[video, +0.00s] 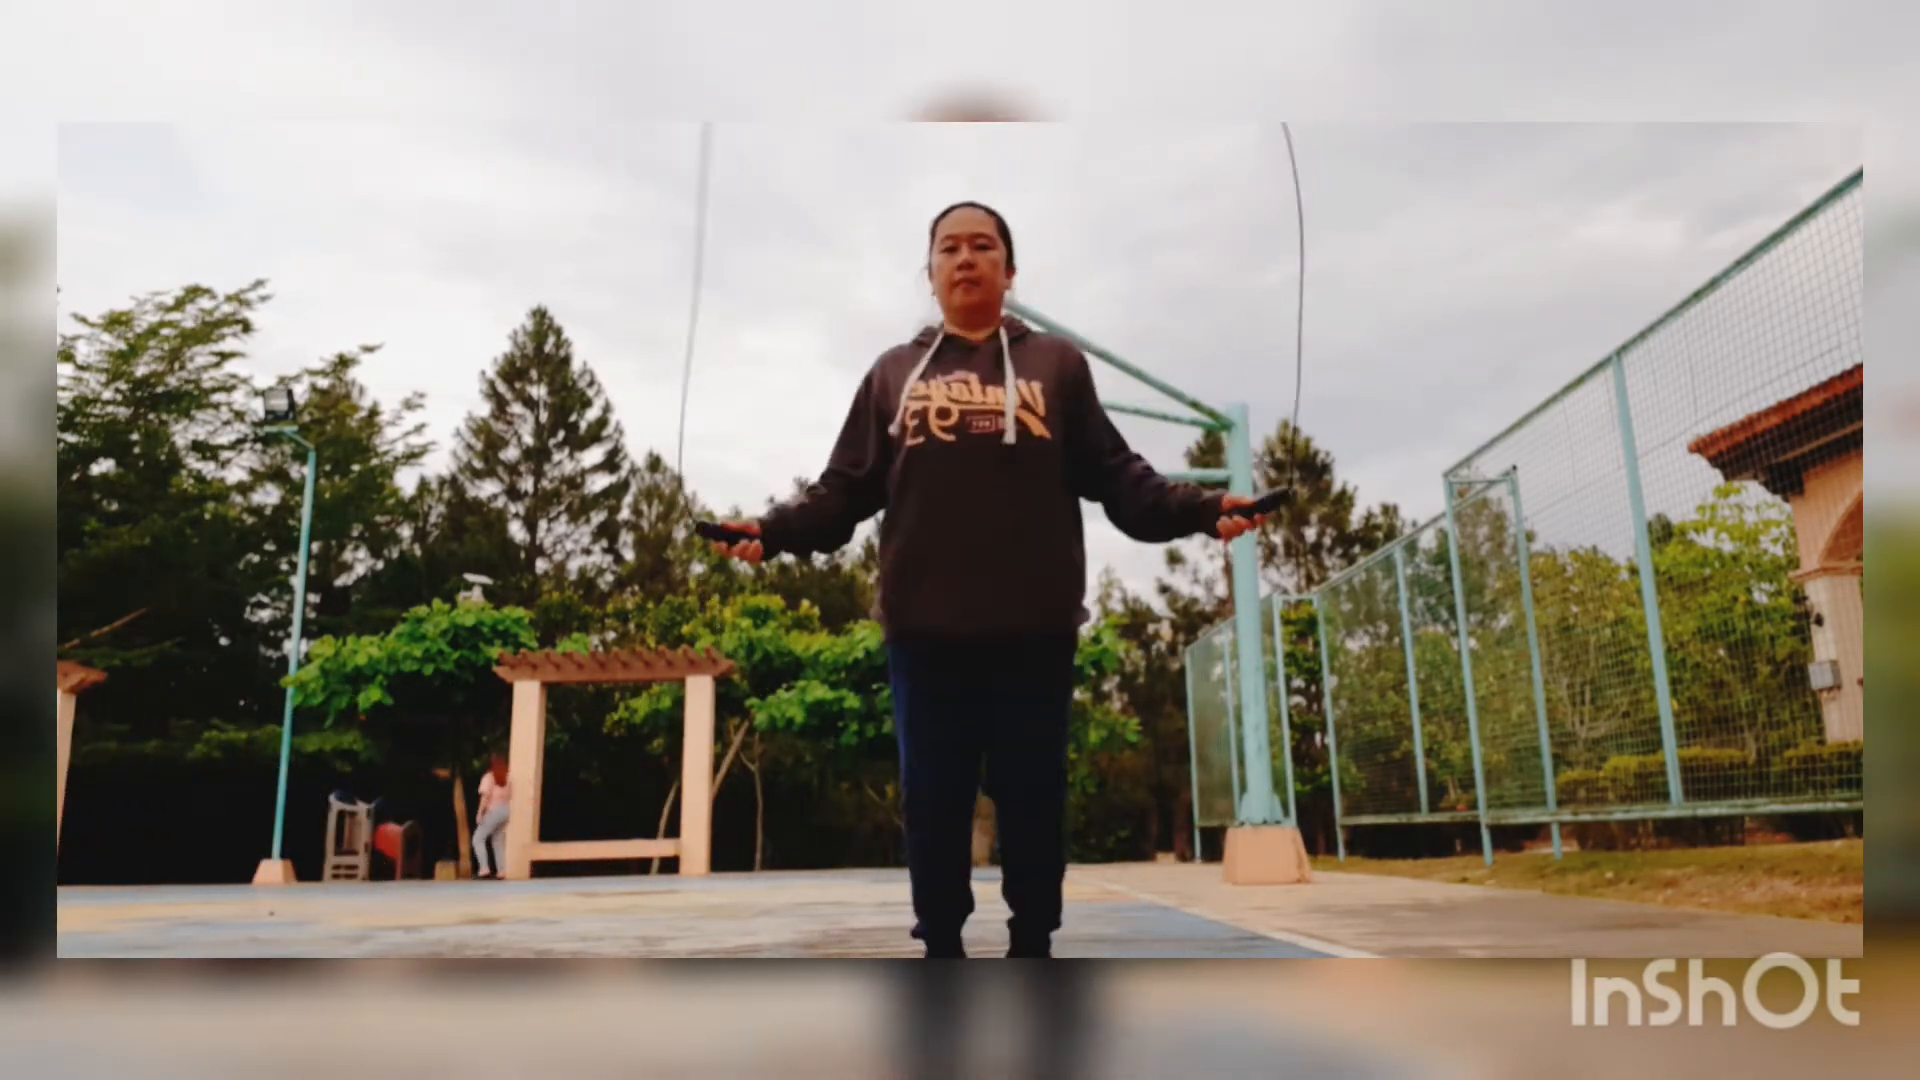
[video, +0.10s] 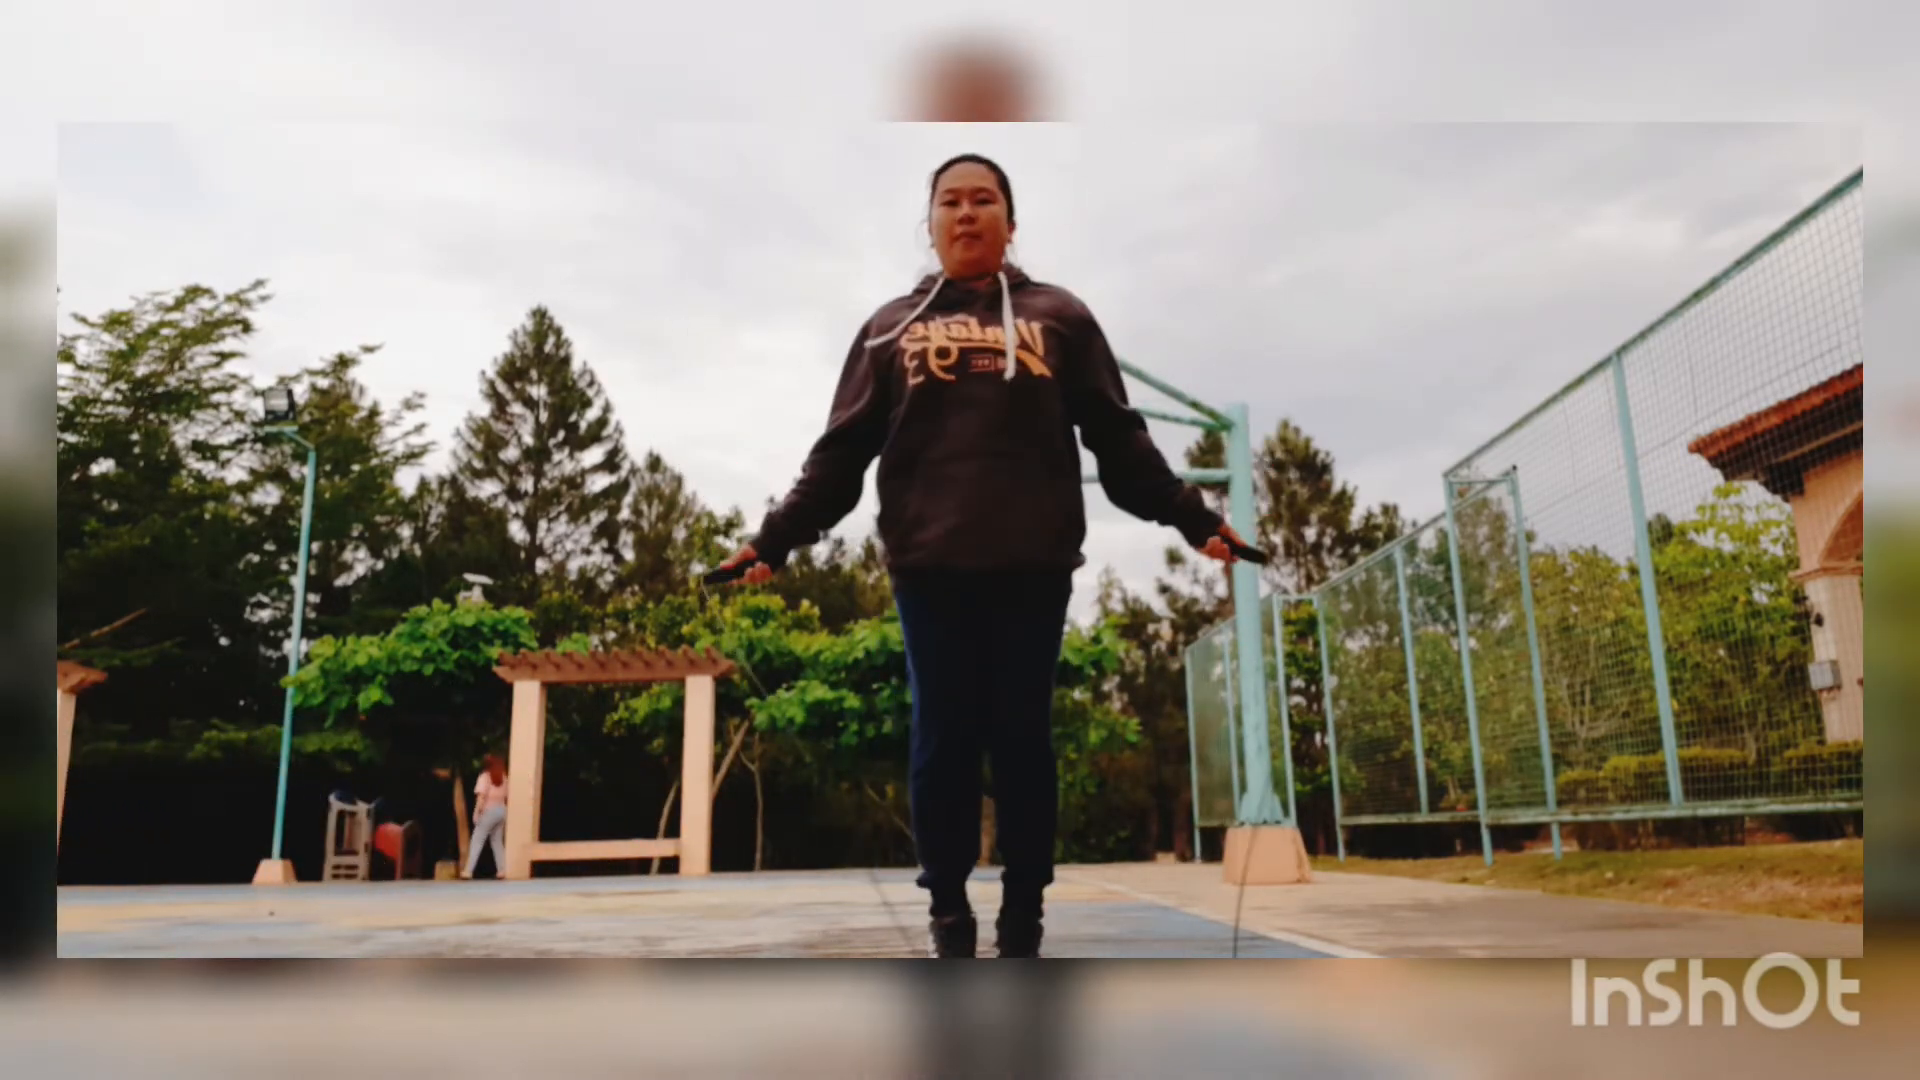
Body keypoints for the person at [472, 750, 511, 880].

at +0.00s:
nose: (495, 766)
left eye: (494, 763)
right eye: (497, 764)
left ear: (492, 764)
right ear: (504, 764)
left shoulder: (488, 777)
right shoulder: (508, 777)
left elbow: (485, 797)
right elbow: (510, 795)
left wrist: (479, 813)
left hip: (493, 810)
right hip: (506, 809)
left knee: (478, 837)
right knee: (498, 839)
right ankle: (501, 869)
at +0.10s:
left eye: (485, 763)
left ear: (487, 764)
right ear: (499, 764)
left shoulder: (484, 777)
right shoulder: (504, 777)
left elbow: (481, 796)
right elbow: (507, 795)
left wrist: (476, 811)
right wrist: (506, 809)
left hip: (488, 808)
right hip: (501, 808)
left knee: (478, 838)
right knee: (497, 840)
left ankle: (468, 869)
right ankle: (501, 869)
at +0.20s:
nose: (481, 764)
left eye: (481, 762)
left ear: (482, 764)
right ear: (493, 764)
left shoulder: (479, 777)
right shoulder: (498, 777)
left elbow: (476, 798)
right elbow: (500, 795)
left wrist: (472, 814)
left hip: (484, 808)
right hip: (496, 807)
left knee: (474, 840)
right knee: (494, 840)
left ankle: (461, 870)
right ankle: (502, 869)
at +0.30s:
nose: (474, 766)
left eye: (474, 764)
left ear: (475, 765)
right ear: (486, 764)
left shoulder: (475, 778)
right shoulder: (491, 777)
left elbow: (472, 798)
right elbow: (495, 795)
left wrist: (466, 814)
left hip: (478, 810)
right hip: (490, 809)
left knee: (470, 840)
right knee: (490, 841)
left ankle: (461, 871)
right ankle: (500, 869)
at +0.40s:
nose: (465, 764)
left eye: (466, 762)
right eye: (466, 761)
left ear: (468, 764)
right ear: (476, 763)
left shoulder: (468, 777)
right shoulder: (478, 776)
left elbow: (464, 796)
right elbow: (480, 795)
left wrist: (458, 813)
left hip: (470, 809)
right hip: (479, 808)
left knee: (464, 841)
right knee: (477, 841)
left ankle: (461, 871)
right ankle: (495, 866)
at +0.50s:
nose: (455, 765)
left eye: (456, 762)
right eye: (456, 762)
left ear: (458, 764)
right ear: (467, 764)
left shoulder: (461, 778)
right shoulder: (466, 777)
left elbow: (458, 796)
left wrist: (450, 813)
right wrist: (451, 812)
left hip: (463, 810)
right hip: (465, 809)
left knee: (458, 841)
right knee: (458, 841)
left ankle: (460, 871)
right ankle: (479, 861)